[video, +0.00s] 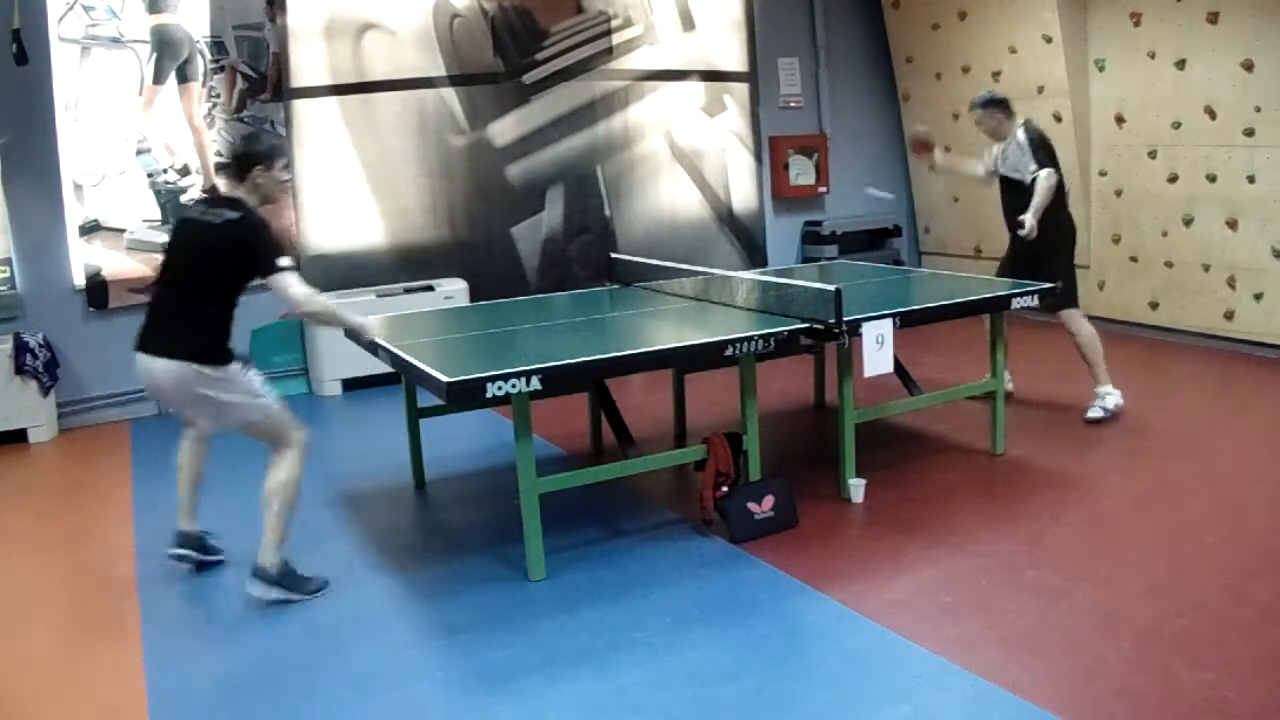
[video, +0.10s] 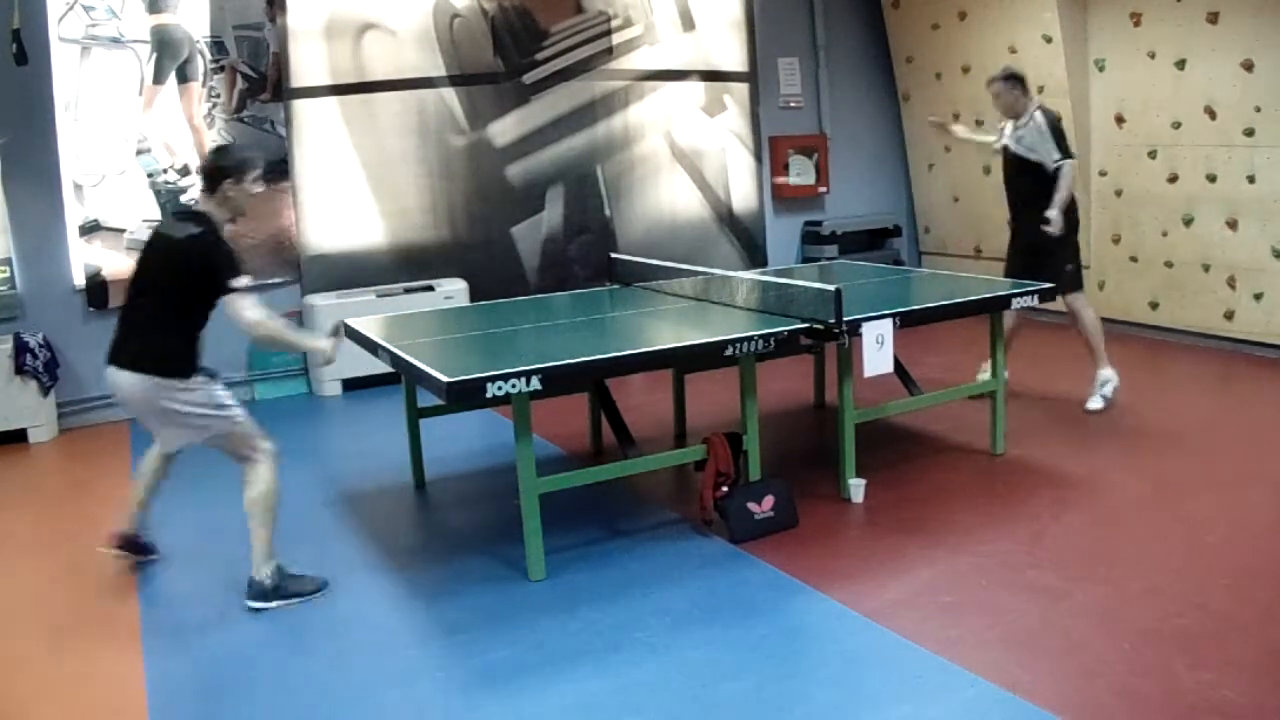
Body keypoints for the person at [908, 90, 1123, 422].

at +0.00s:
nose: (981, 130)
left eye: (983, 123)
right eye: (978, 124)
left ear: (1000, 117)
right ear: (995, 119)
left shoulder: (1028, 138)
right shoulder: (1003, 147)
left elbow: (1048, 175)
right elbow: (983, 172)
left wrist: (1033, 213)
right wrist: (939, 158)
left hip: (1051, 237)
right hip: (1023, 237)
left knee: (1068, 314)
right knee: (992, 303)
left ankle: (1107, 391)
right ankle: (999, 375)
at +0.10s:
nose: (998, 105)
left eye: (1000, 98)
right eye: (995, 100)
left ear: (1018, 92)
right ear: (1004, 97)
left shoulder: (1042, 121)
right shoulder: (1014, 124)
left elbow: (1067, 167)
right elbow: (997, 141)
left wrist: (1056, 208)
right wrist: (960, 132)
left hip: (1054, 224)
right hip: (1024, 225)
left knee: (1074, 300)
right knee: (1012, 302)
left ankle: (1105, 372)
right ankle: (996, 366)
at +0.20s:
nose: (1017, 96)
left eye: (1022, 89)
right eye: (1013, 90)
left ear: (1042, 86)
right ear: (1012, 91)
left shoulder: (1061, 121)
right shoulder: (1025, 120)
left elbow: (1085, 166)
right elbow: (1020, 138)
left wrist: (1082, 214)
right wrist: (998, 130)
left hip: (1060, 225)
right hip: (1025, 223)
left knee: (1078, 302)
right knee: (1014, 297)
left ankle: (1102, 367)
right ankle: (1010, 356)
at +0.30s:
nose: (1030, 103)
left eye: (1036, 96)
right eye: (1027, 97)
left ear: (1057, 95)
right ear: (1027, 98)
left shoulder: (1075, 133)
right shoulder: (1034, 126)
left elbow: (1094, 180)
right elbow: (1030, 151)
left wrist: (1093, 229)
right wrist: (1000, 139)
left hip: (1067, 232)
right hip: (1029, 229)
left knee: (1084, 307)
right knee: (1017, 298)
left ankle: (1101, 374)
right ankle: (1019, 354)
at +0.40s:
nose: (1037, 108)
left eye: (1044, 102)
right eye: (1035, 102)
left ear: (1064, 102)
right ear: (1034, 103)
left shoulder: (1081, 140)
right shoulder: (1037, 130)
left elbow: (1098, 192)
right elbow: (1028, 162)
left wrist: (1094, 240)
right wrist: (983, 155)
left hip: (1071, 240)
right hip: (1035, 236)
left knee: (1085, 314)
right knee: (1020, 303)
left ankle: (1102, 375)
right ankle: (1021, 360)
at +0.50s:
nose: (1036, 106)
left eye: (1042, 100)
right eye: (1034, 100)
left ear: (1062, 100)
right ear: (1032, 101)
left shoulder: (1080, 137)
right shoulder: (1036, 130)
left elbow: (1097, 189)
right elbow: (1017, 164)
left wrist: (1090, 236)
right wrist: (975, 167)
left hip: (1070, 238)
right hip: (1035, 234)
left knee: (1084, 314)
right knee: (1020, 303)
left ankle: (1102, 375)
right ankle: (1025, 363)